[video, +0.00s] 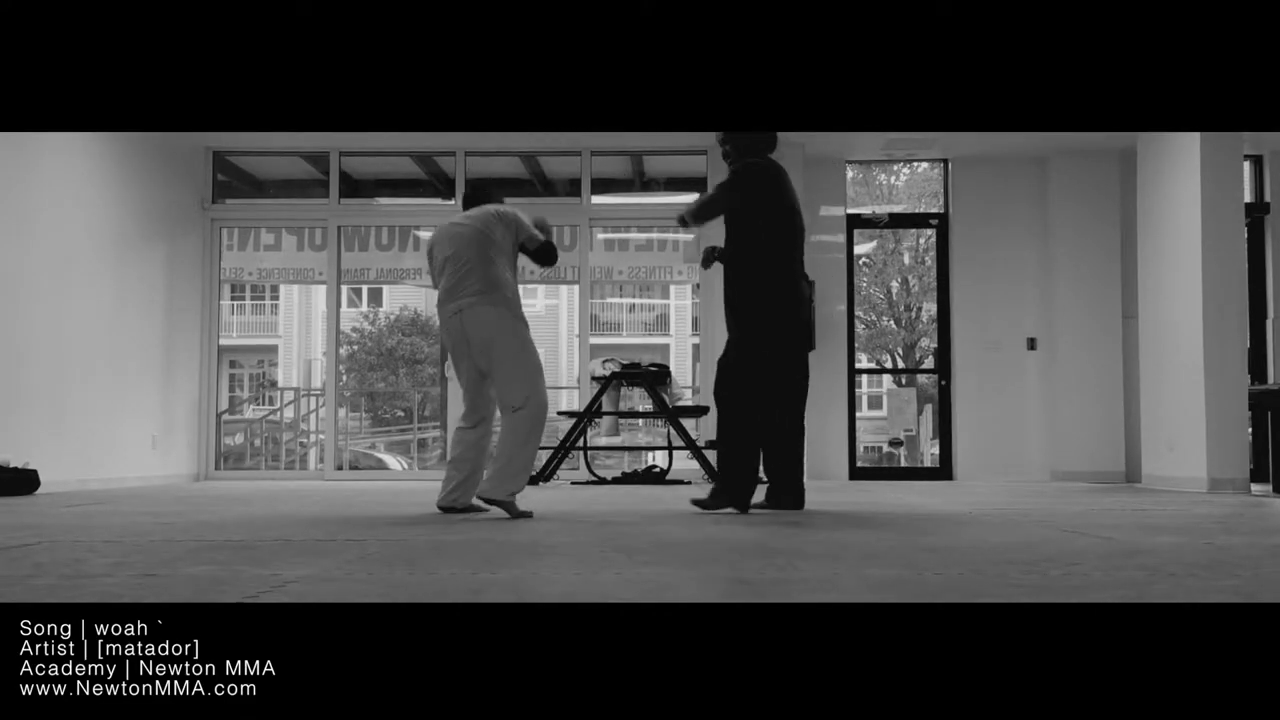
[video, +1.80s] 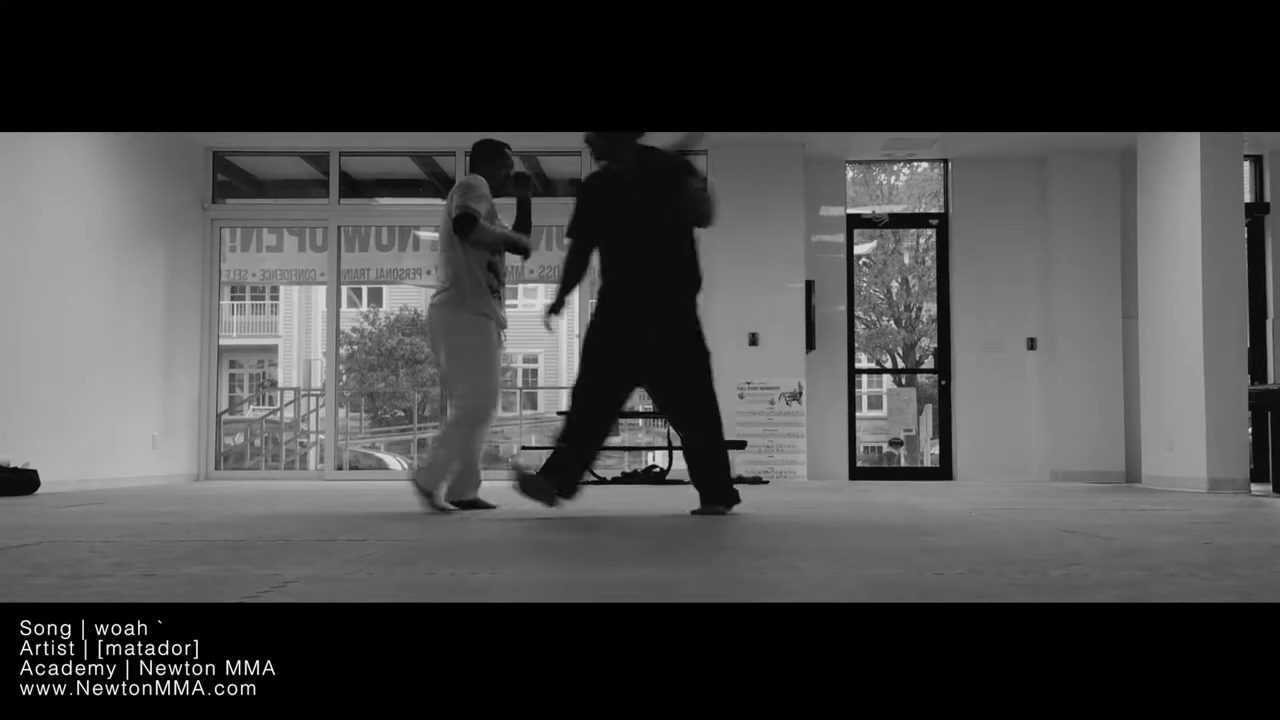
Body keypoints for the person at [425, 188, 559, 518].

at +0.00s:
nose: (504, 206)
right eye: (502, 203)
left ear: (464, 205)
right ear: (493, 202)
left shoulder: (438, 235)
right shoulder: (503, 214)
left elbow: (441, 283)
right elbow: (547, 257)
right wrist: (542, 234)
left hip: (452, 322)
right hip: (493, 314)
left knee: (477, 408)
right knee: (527, 402)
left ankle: (454, 496)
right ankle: (499, 489)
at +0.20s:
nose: (540, 189)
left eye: (541, 182)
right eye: (536, 181)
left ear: (512, 181)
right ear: (519, 180)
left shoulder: (503, 213)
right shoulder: (495, 211)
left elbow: (536, 263)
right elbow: (535, 255)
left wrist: (556, 228)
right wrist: (542, 207)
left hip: (498, 329)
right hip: (491, 329)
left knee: (509, 407)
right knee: (523, 404)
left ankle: (481, 489)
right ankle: (505, 496)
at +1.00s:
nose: (548, 183)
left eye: (548, 176)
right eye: (545, 175)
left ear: (520, 172)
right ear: (528, 174)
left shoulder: (515, 207)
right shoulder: (496, 197)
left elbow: (541, 255)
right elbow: (520, 255)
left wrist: (551, 211)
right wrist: (546, 238)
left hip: (493, 323)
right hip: (481, 322)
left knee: (495, 407)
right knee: (514, 404)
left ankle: (464, 486)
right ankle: (498, 498)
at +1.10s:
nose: (543, 191)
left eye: (542, 184)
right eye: (542, 184)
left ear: (510, 176)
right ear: (536, 179)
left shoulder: (482, 203)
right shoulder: (522, 195)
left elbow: (480, 258)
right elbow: (530, 253)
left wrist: (518, 273)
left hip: (458, 322)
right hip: (489, 322)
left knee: (483, 407)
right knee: (521, 404)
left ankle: (463, 492)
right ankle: (498, 497)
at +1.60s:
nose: (523, 183)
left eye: (523, 177)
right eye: (520, 176)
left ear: (486, 173)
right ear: (502, 173)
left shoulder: (462, 205)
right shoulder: (498, 198)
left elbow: (487, 248)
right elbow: (510, 247)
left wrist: (527, 226)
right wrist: (544, 234)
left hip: (452, 319)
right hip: (484, 318)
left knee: (477, 410)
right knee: (514, 400)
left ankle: (466, 494)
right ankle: (515, 478)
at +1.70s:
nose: (519, 177)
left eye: (519, 171)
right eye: (517, 170)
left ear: (484, 166)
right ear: (505, 168)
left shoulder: (476, 201)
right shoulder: (483, 189)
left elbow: (513, 253)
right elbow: (483, 231)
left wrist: (528, 211)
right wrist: (531, 225)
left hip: (451, 316)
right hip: (472, 317)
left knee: (466, 409)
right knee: (501, 400)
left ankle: (464, 492)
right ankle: (499, 484)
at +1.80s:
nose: (510, 175)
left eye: (511, 169)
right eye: (508, 168)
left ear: (478, 162)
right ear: (493, 164)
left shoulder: (481, 200)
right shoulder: (472, 185)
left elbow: (520, 241)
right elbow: (466, 227)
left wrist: (523, 196)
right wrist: (514, 241)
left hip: (472, 315)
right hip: (464, 314)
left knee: (473, 402)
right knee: (478, 401)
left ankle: (463, 490)